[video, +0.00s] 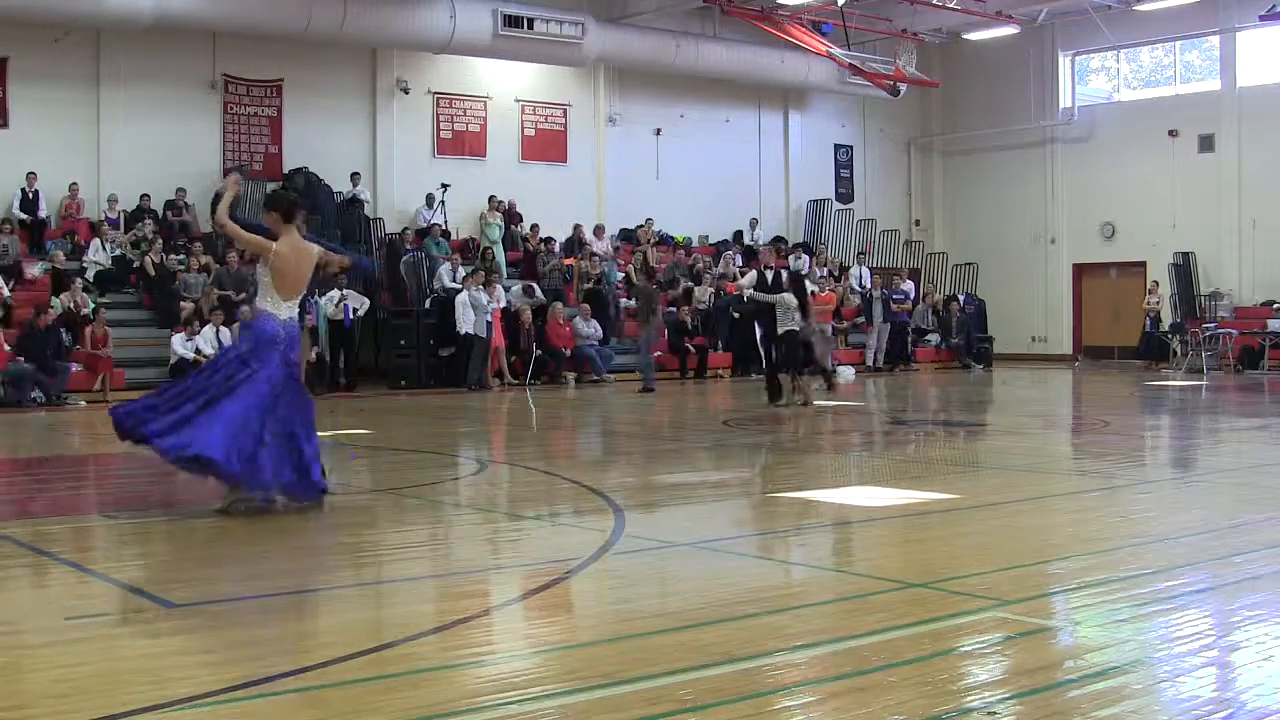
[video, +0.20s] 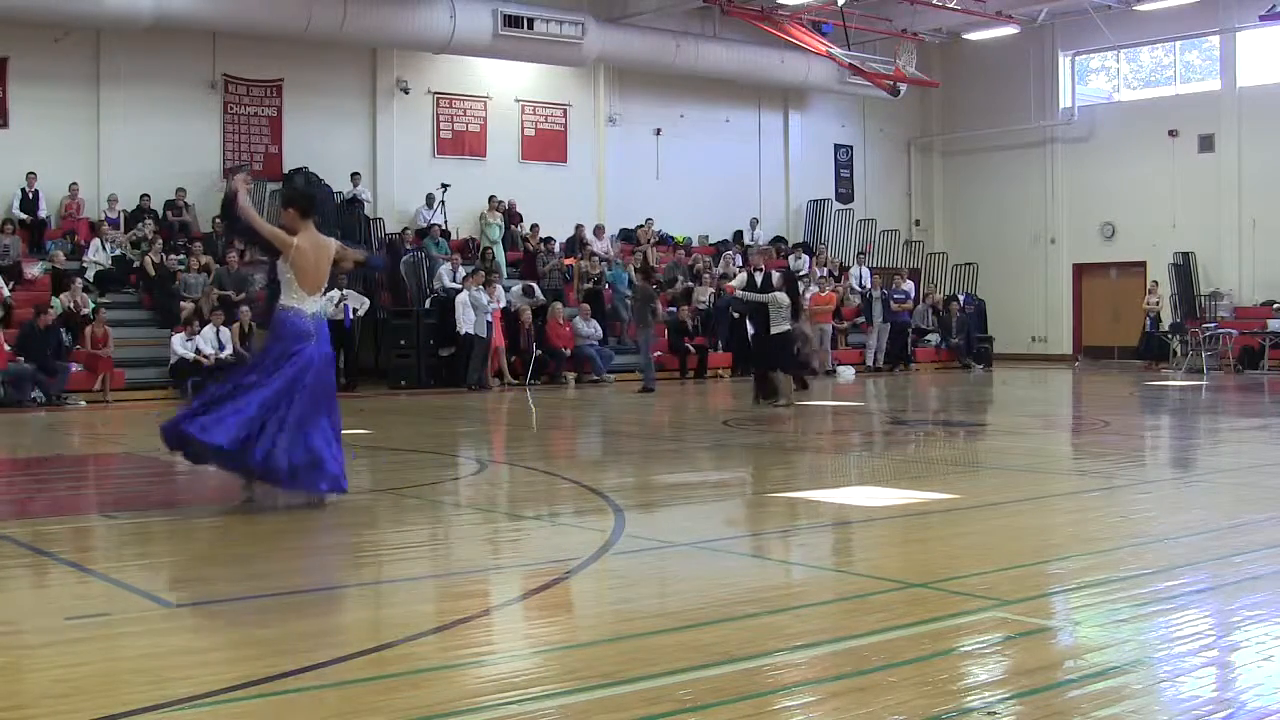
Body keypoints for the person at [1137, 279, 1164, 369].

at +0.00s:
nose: (1152, 288)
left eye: (1154, 286)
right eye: (1151, 286)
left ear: (1157, 287)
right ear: (1150, 287)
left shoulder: (1160, 296)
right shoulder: (1148, 296)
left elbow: (1160, 308)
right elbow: (1144, 306)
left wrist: (1149, 307)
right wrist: (1153, 307)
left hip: (1156, 318)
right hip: (1149, 318)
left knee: (1156, 337)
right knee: (1148, 337)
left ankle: (1156, 361)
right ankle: (1149, 360)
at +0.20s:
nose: (1152, 288)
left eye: (1153, 286)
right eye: (1151, 286)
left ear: (1157, 287)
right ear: (1149, 287)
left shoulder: (1160, 296)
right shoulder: (1147, 296)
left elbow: (1160, 307)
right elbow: (1144, 306)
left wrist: (1149, 308)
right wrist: (1154, 307)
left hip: (1156, 317)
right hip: (1148, 317)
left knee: (1156, 338)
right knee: (1148, 337)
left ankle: (1156, 361)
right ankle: (1149, 360)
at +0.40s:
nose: (1151, 288)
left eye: (1153, 286)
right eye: (1150, 286)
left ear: (1157, 287)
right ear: (1149, 287)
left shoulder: (1160, 296)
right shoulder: (1147, 296)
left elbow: (1160, 308)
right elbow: (1143, 306)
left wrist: (1149, 308)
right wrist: (1153, 307)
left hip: (1156, 318)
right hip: (1148, 318)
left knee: (1156, 338)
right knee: (1148, 337)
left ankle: (1156, 361)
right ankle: (1149, 360)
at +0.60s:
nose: (1151, 288)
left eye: (1153, 286)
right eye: (1150, 286)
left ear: (1157, 287)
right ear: (1149, 287)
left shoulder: (1159, 296)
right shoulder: (1147, 296)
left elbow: (1160, 308)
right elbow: (1143, 306)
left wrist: (1149, 308)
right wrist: (1153, 307)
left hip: (1156, 318)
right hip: (1148, 318)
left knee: (1156, 338)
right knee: (1148, 337)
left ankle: (1156, 361)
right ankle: (1149, 360)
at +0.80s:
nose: (1151, 288)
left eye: (1153, 286)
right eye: (1150, 286)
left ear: (1157, 287)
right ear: (1149, 287)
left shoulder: (1159, 296)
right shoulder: (1147, 296)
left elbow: (1160, 307)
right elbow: (1143, 306)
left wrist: (1149, 308)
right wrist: (1153, 307)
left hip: (1156, 317)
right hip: (1148, 317)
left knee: (1156, 337)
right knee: (1147, 337)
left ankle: (1156, 360)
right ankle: (1148, 360)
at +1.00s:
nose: (1151, 288)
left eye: (1153, 286)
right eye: (1150, 286)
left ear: (1157, 287)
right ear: (1149, 287)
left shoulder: (1159, 296)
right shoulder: (1147, 296)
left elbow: (1160, 308)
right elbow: (1143, 306)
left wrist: (1149, 308)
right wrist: (1153, 307)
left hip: (1156, 318)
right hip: (1148, 318)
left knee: (1156, 337)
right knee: (1147, 337)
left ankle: (1155, 360)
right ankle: (1147, 360)